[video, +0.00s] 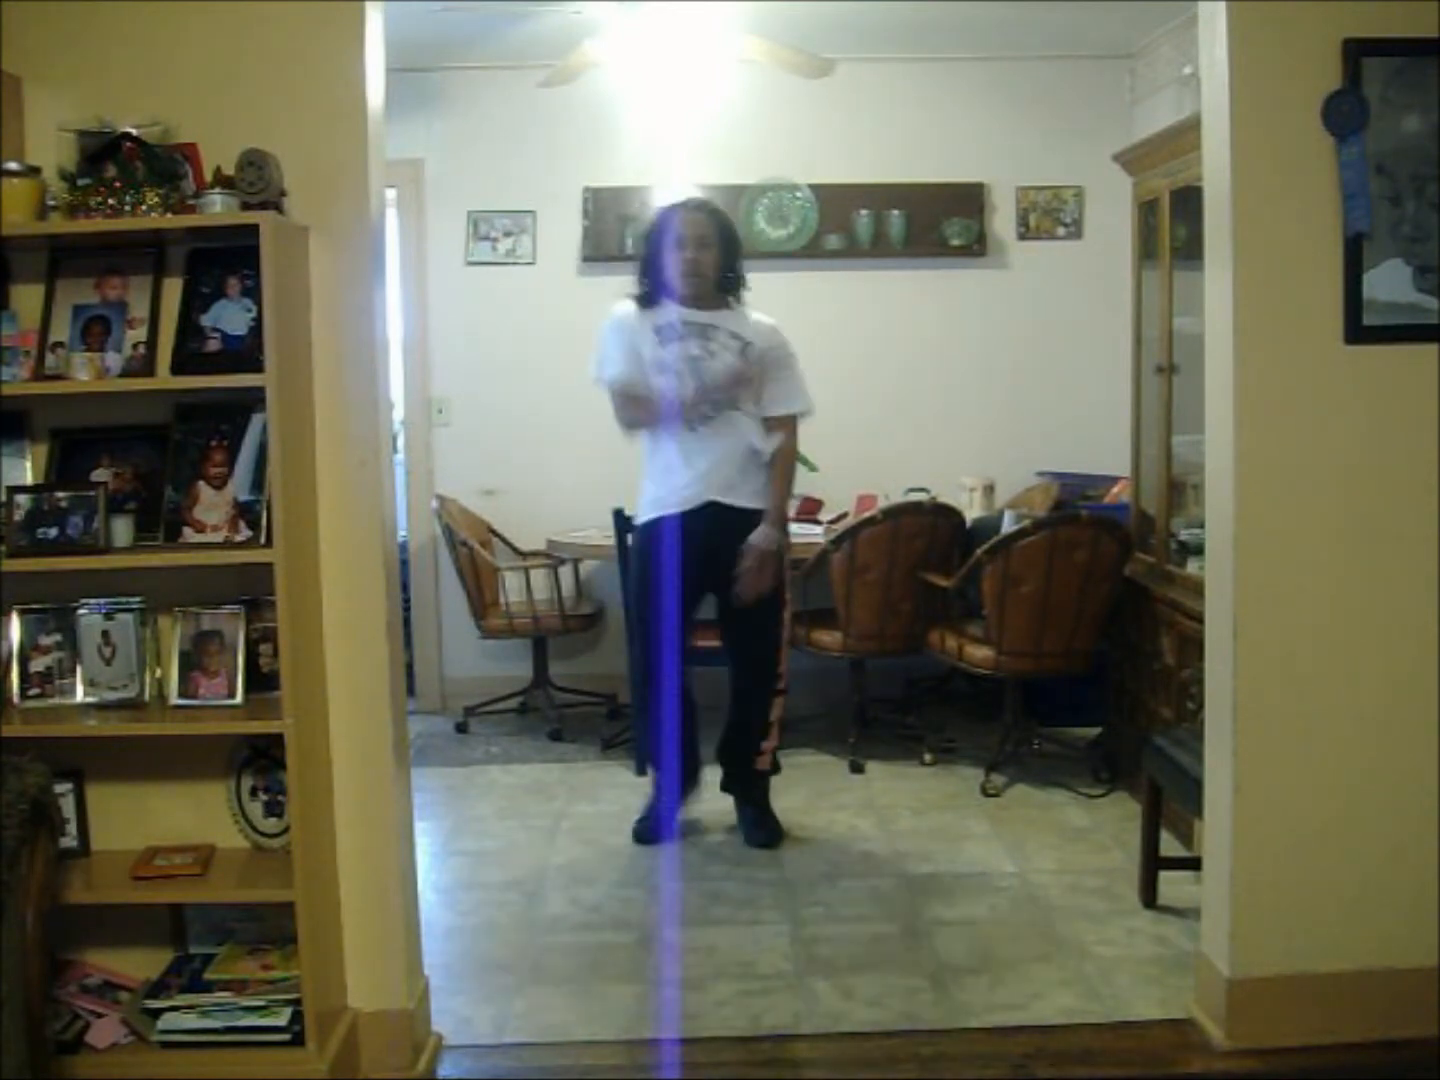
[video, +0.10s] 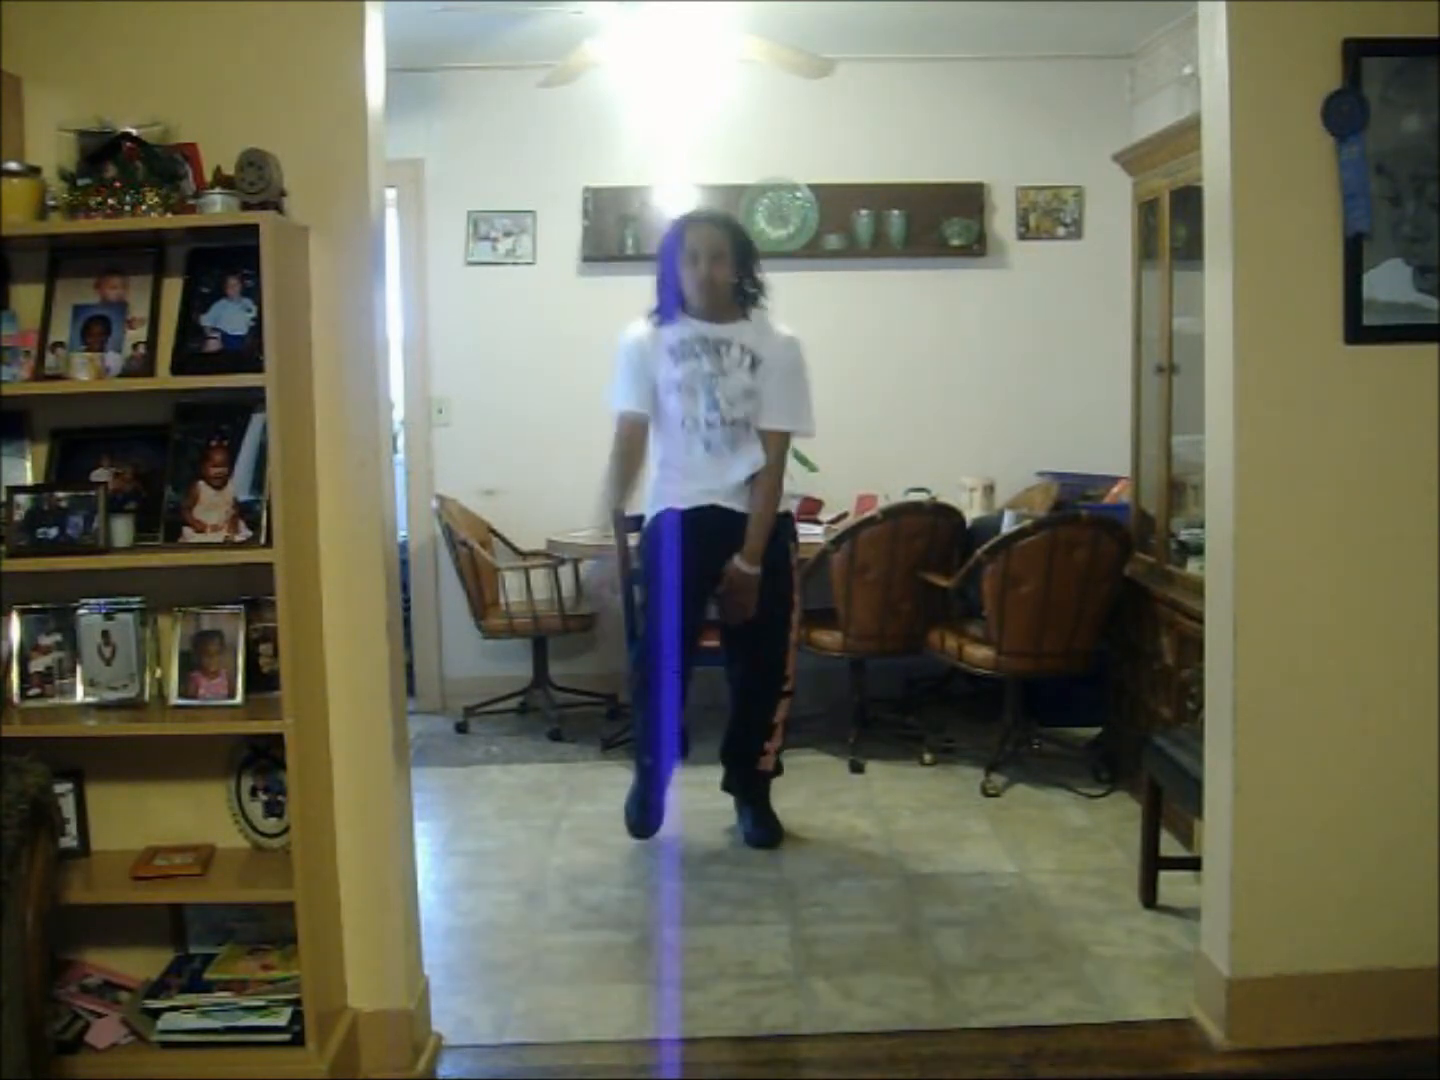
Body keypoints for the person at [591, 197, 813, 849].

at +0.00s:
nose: (690, 256)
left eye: (703, 244)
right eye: (678, 245)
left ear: (725, 255)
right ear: (656, 256)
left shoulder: (761, 336)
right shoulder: (630, 326)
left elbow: (785, 436)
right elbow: (628, 413)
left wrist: (775, 525)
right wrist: (714, 392)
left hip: (748, 511)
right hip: (667, 512)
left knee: (757, 661)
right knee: (657, 657)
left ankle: (751, 787)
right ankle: (670, 785)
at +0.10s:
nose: (702, 268)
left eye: (716, 257)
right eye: (691, 257)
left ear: (739, 267)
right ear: (674, 267)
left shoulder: (775, 347)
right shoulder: (647, 342)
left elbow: (773, 462)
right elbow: (630, 438)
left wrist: (752, 556)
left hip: (756, 513)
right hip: (677, 514)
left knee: (762, 660)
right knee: (661, 651)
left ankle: (753, 788)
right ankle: (652, 772)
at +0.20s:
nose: (709, 278)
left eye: (722, 266)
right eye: (697, 266)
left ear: (745, 274)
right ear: (676, 275)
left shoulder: (780, 346)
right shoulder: (647, 348)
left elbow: (780, 460)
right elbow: (612, 452)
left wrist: (755, 553)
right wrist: (593, 547)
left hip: (761, 517)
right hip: (679, 517)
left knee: (760, 661)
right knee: (664, 653)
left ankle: (753, 789)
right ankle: (649, 775)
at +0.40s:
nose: (702, 262)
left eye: (714, 249)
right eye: (688, 249)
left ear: (737, 257)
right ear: (667, 258)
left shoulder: (775, 335)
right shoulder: (637, 336)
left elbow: (786, 449)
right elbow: (632, 437)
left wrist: (759, 542)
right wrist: (645, 515)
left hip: (751, 522)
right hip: (669, 525)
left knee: (750, 669)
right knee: (669, 681)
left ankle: (753, 791)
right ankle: (658, 838)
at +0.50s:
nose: (694, 249)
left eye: (707, 238)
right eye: (680, 238)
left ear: (727, 255)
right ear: (657, 256)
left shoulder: (762, 346)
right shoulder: (626, 340)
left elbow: (775, 466)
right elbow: (622, 447)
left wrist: (743, 558)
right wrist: (638, 520)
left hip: (737, 533)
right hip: (652, 535)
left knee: (746, 676)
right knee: (662, 697)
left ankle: (751, 789)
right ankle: (653, 861)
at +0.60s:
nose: (687, 244)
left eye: (702, 236)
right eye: (673, 236)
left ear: (724, 259)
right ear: (652, 260)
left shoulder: (759, 347)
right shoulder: (618, 344)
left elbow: (769, 468)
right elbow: (611, 452)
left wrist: (737, 561)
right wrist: (625, 531)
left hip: (734, 537)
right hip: (649, 537)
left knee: (743, 679)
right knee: (660, 700)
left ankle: (750, 788)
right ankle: (652, 864)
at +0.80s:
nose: (651, 285)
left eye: (663, 269)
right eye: (641, 269)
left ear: (698, 269)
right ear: (628, 273)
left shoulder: (755, 342)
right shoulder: (612, 342)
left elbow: (767, 463)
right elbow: (598, 455)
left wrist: (735, 558)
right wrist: (595, 553)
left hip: (732, 534)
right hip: (646, 535)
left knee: (736, 678)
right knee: (661, 692)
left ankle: (739, 779)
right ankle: (652, 862)